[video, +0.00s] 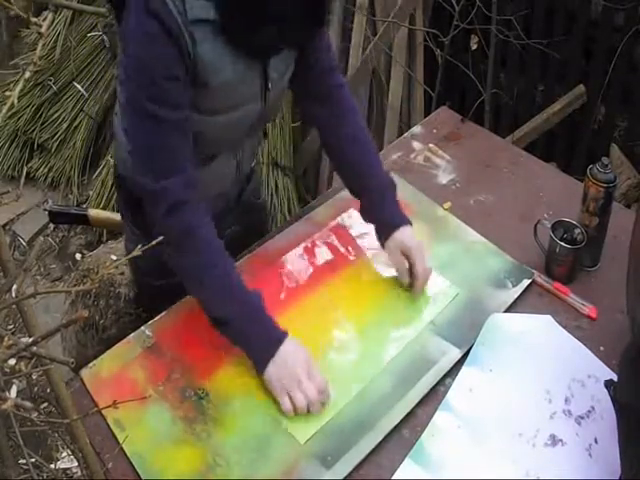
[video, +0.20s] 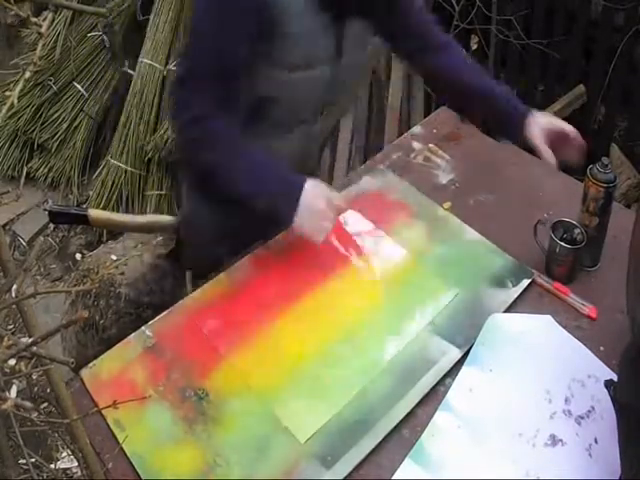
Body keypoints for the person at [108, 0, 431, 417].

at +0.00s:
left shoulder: (292, 14)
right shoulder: (158, 22)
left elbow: (329, 99)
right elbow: (169, 193)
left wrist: (390, 219)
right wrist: (266, 342)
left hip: (240, 186)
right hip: (166, 210)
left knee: (271, 304)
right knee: (176, 342)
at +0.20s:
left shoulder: (374, 6)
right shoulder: (235, 9)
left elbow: (431, 48)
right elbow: (196, 117)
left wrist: (520, 117)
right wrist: (285, 193)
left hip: (299, 204)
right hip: (224, 210)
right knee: (218, 347)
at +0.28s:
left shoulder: (422, 6)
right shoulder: (275, 6)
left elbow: (464, 75)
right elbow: (231, 66)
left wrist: (552, 162)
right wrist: (311, 155)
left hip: (332, 173)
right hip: (254, 173)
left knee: (320, 312)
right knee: (255, 316)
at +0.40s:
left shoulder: (423, 9)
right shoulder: (325, 8)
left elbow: (443, 64)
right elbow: (331, 109)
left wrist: (518, 140)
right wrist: (451, 178)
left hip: (345, 140)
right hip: (269, 139)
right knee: (261, 290)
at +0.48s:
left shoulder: (428, 8)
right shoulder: (359, 8)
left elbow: (453, 65)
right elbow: (413, 101)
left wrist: (523, 166)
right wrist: (532, 193)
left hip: (335, 131)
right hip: (271, 124)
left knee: (321, 281)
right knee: (258, 293)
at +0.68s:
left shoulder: (446, 9)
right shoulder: (371, 9)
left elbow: (474, 69)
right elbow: (393, 124)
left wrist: (539, 178)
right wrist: (496, 207)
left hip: (350, 136)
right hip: (281, 136)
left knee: (339, 285)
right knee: (261, 296)